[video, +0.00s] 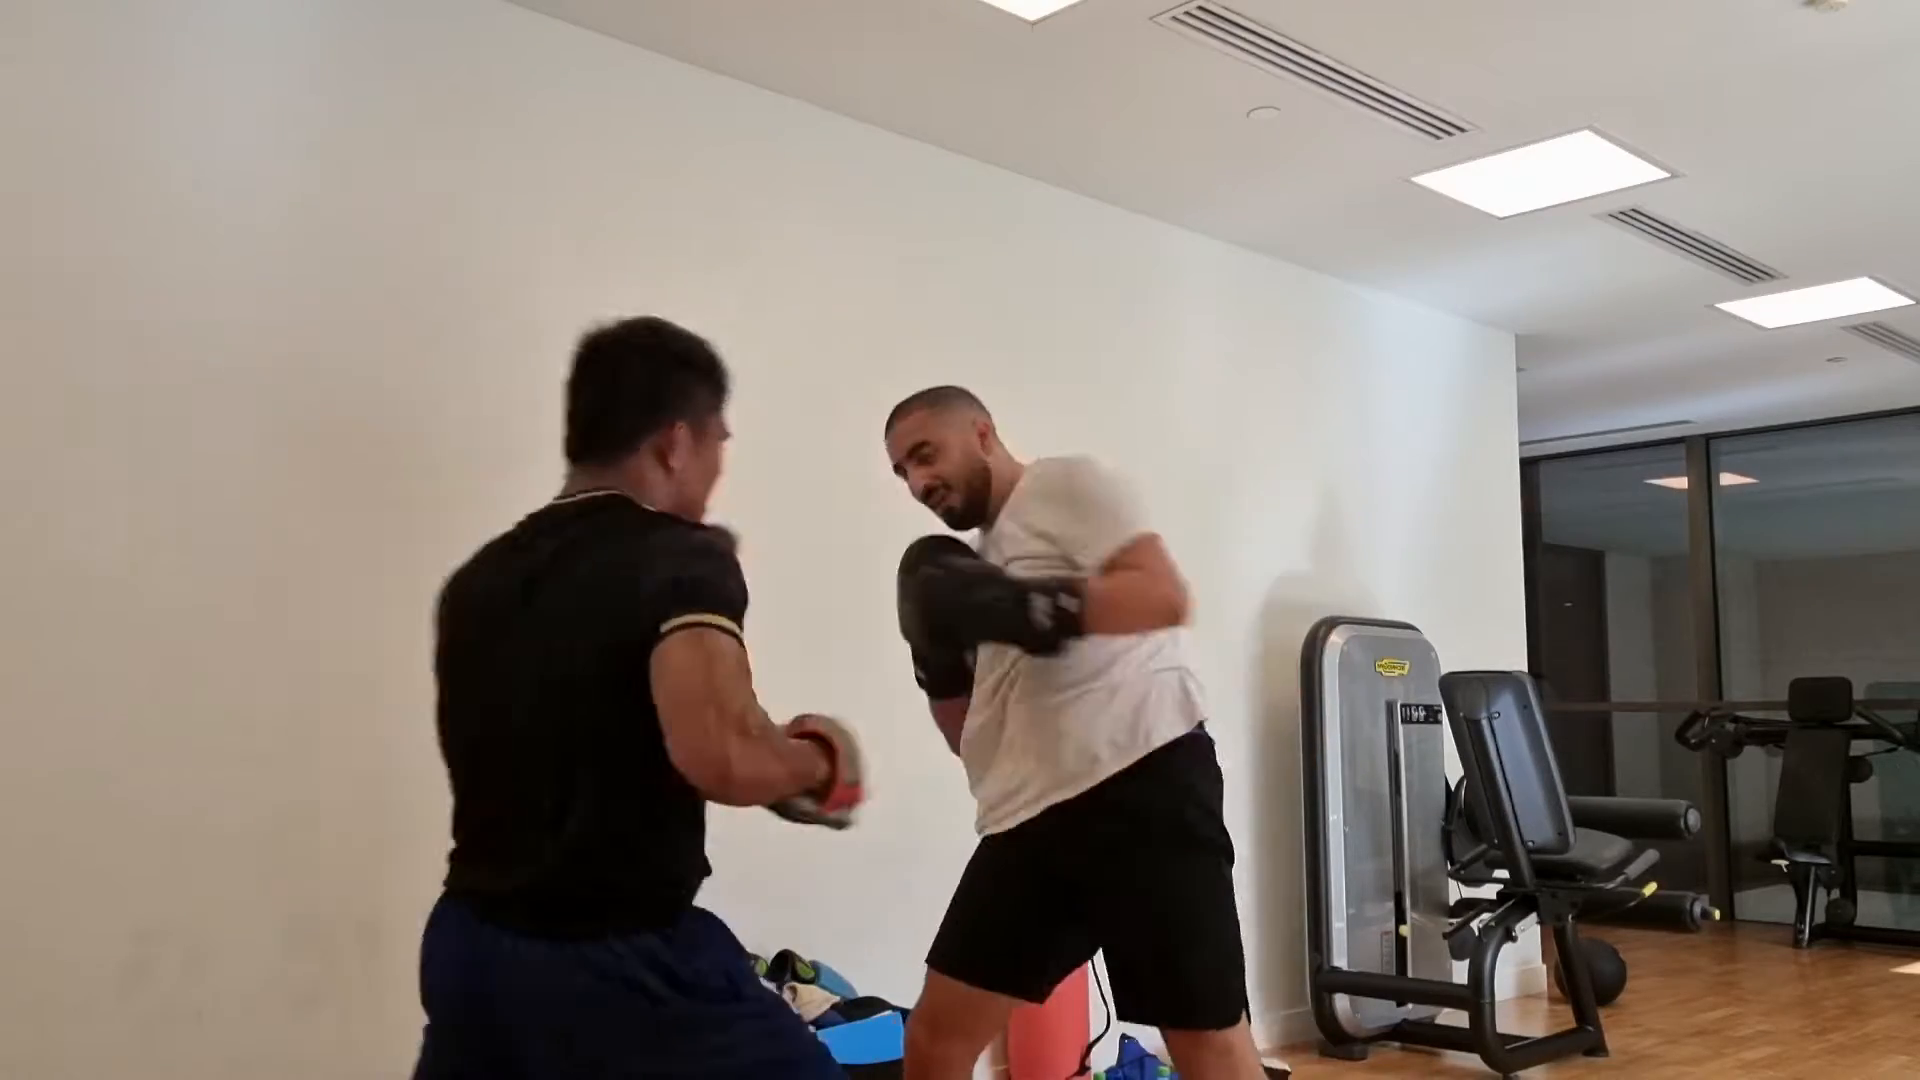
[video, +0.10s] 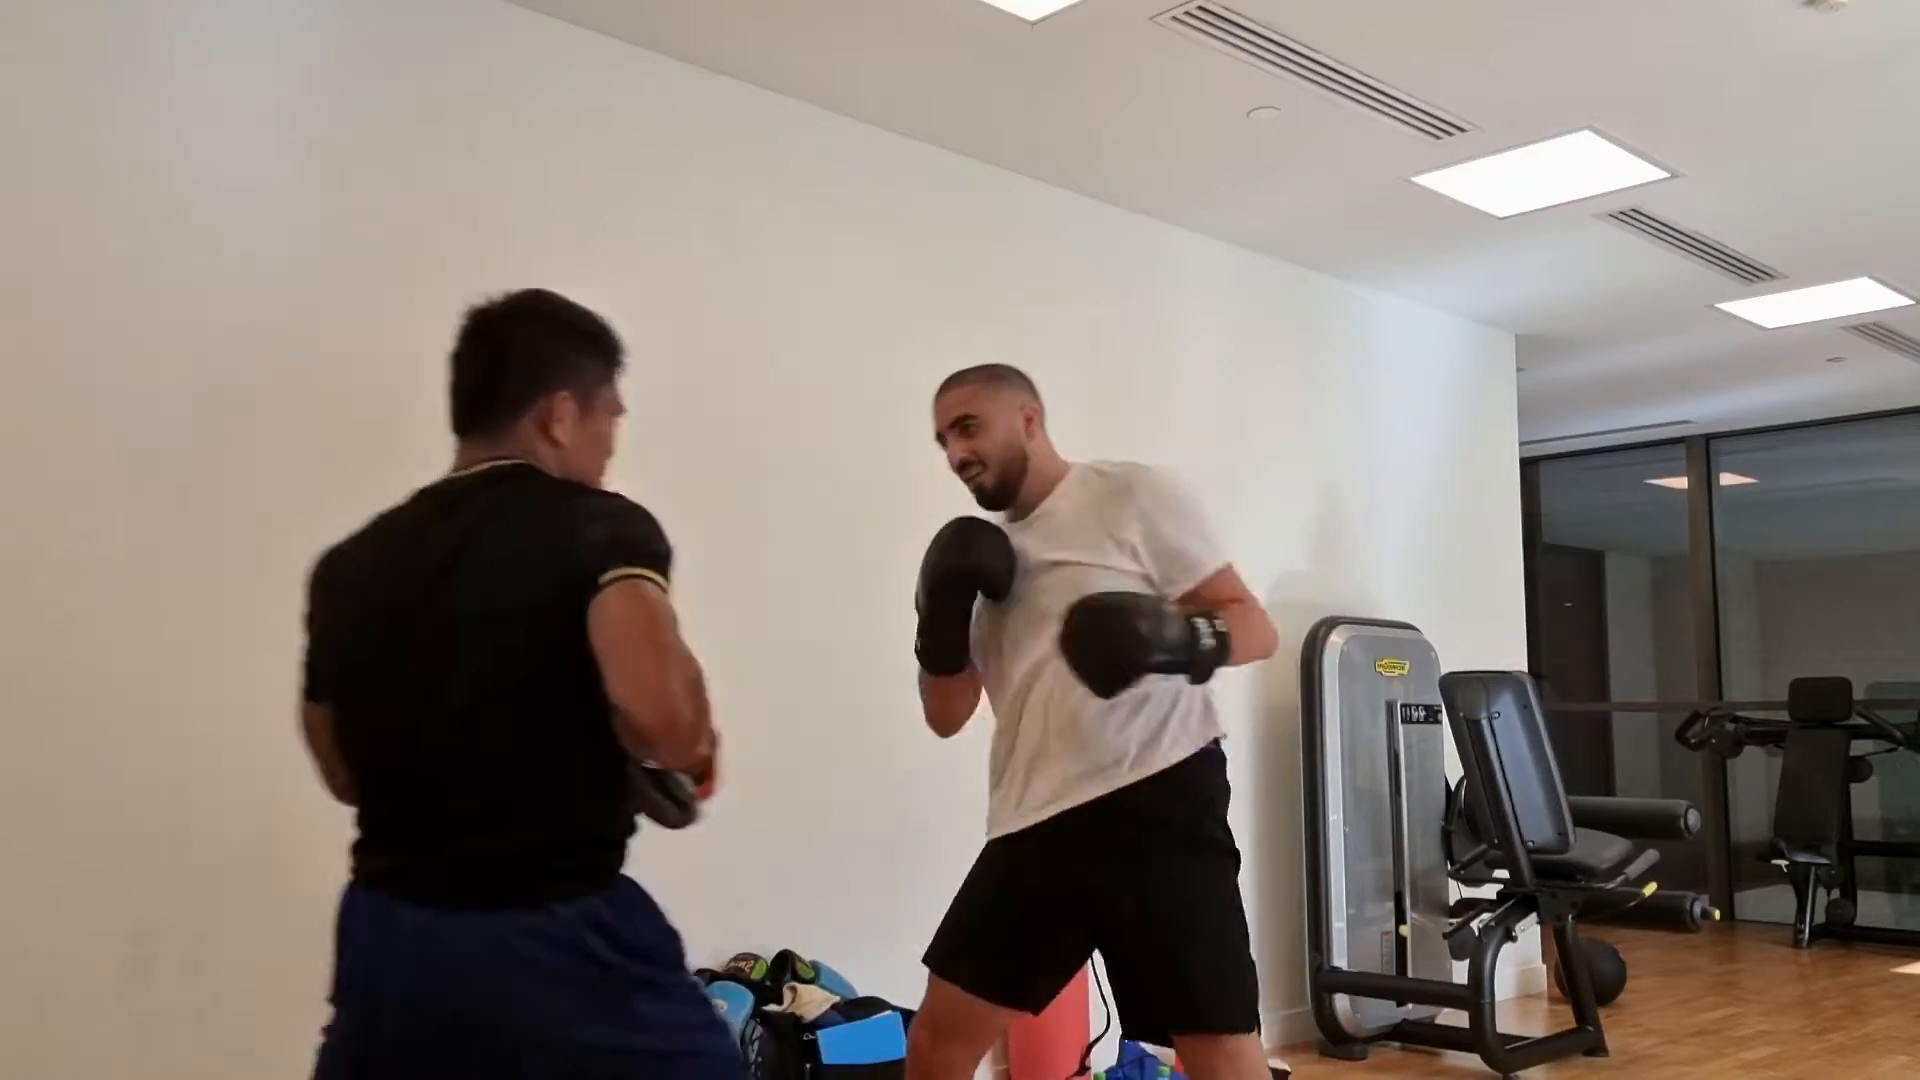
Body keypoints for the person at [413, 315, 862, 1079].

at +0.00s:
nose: (721, 461)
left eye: (723, 439)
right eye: (717, 438)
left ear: (582, 436)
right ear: (674, 444)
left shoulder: (476, 579)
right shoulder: (676, 555)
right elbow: (719, 756)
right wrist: (815, 755)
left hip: (474, 963)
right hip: (634, 973)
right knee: (801, 1061)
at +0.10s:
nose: (615, 438)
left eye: (617, 415)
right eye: (610, 415)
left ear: (468, 415)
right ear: (557, 417)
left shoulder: (350, 565)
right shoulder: (601, 525)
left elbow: (345, 774)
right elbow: (649, 695)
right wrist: (693, 754)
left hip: (392, 965)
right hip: (572, 963)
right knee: (701, 1057)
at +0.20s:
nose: (519, 427)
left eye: (522, 402)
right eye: (514, 400)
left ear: (368, 400)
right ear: (455, 395)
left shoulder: (243, 542)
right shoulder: (500, 504)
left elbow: (241, 732)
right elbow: (561, 699)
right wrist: (579, 742)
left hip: (279, 950)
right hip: (466, 945)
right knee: (632, 1061)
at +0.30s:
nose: (458, 413)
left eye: (461, 385)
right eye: (453, 382)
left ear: (300, 378)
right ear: (388, 372)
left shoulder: (166, 517)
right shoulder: (428, 481)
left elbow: (195, 711)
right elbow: (469, 679)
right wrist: (511, 726)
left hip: (202, 937)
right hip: (398, 926)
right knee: (570, 1061)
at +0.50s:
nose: (407, 394)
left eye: (411, 364)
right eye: (402, 359)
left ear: (238, 344)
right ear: (330, 343)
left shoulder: (88, 480)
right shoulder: (362, 459)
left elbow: (94, 677)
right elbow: (403, 675)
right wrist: (455, 720)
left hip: (97, 934)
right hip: (302, 929)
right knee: (457, 1060)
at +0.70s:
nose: (426, 406)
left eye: (435, 374)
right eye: (428, 367)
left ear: (253, 336)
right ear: (358, 346)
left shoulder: (69, 467)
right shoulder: (385, 480)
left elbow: (41, 683)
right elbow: (418, 733)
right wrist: (422, 768)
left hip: (52, 959)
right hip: (268, 961)